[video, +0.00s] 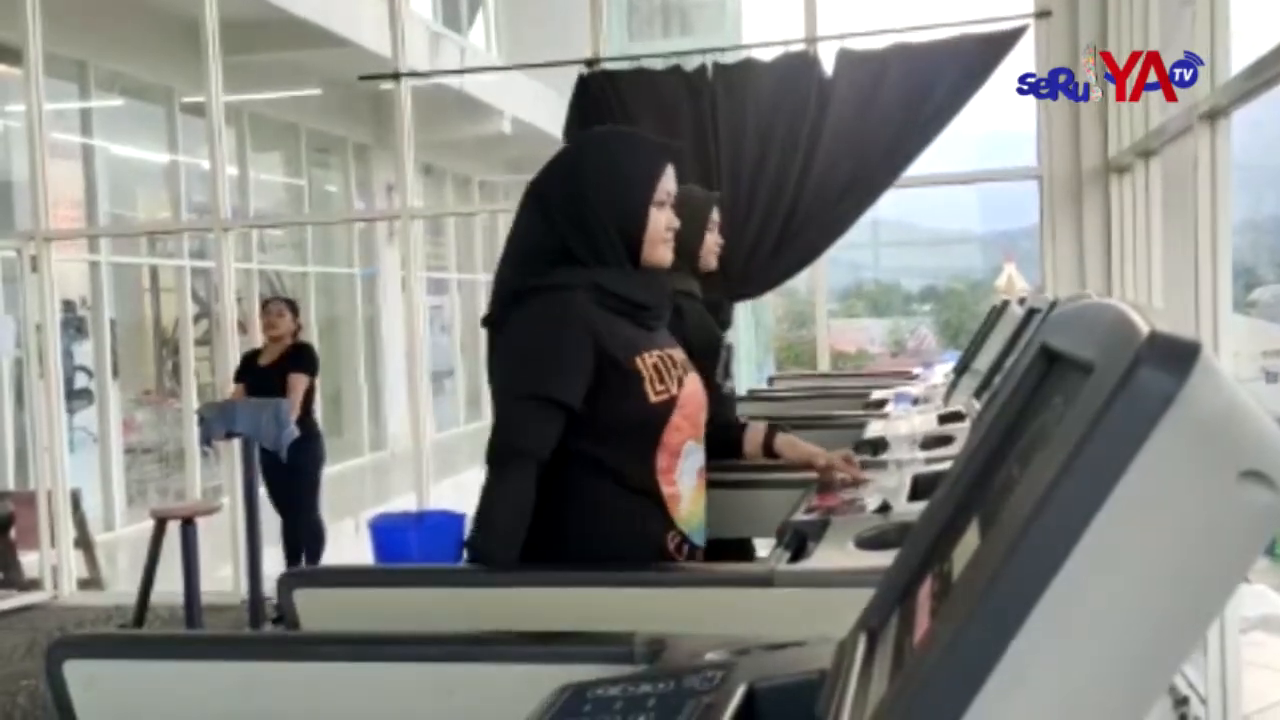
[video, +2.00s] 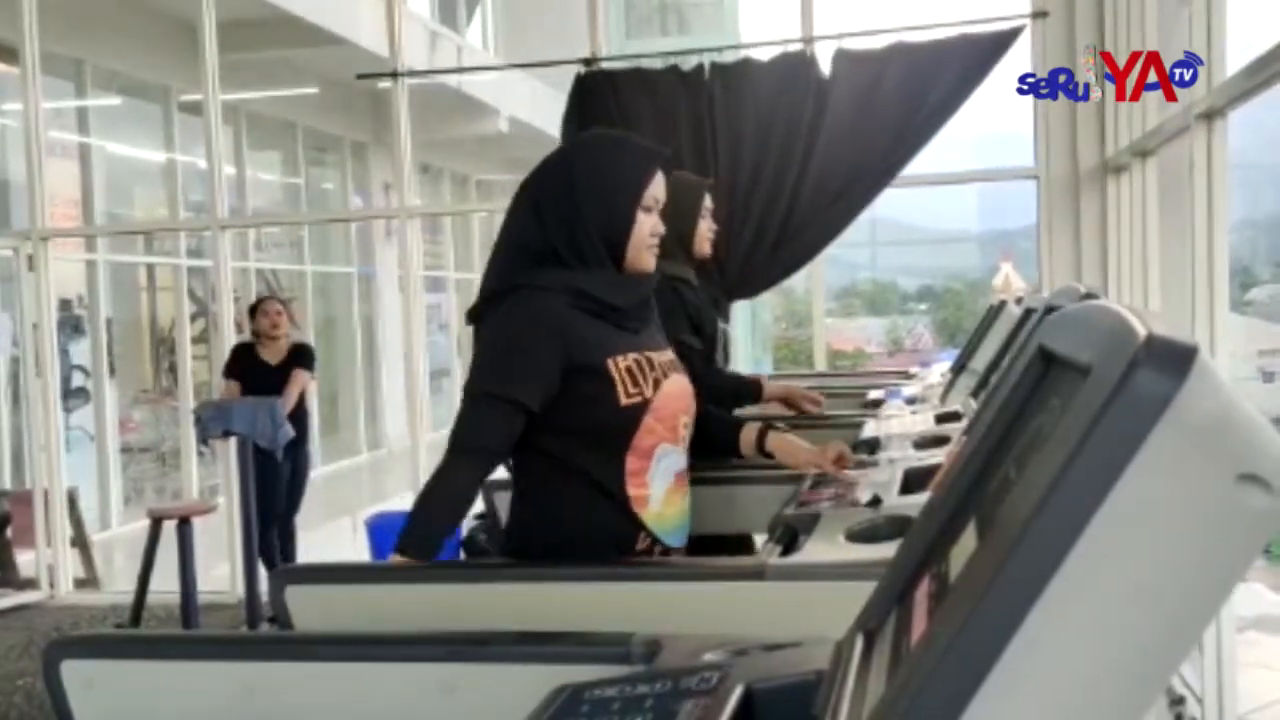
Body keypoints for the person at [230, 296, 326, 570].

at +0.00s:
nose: (272, 320)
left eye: (280, 315)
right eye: (267, 315)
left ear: (294, 322)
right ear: (261, 322)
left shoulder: (301, 352)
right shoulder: (251, 359)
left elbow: (295, 398)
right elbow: (238, 398)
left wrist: (282, 429)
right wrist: (224, 423)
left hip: (302, 436)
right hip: (267, 439)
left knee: (305, 509)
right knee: (288, 512)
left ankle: (312, 571)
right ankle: (292, 574)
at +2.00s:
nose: (274, 319)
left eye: (279, 313)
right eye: (266, 314)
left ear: (288, 319)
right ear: (254, 323)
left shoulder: (301, 351)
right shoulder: (242, 352)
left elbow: (294, 388)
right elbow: (231, 394)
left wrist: (275, 420)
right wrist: (237, 424)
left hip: (292, 437)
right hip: (254, 437)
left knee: (286, 511)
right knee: (263, 511)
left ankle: (288, 577)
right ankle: (275, 576)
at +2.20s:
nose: (274, 318)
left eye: (279, 313)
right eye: (265, 314)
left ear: (288, 319)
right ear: (254, 323)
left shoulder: (300, 352)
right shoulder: (241, 352)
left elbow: (294, 389)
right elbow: (230, 394)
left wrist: (276, 420)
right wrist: (236, 423)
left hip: (293, 435)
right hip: (254, 436)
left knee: (289, 511)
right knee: (262, 512)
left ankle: (295, 574)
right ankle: (274, 577)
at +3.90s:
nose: (265, 317)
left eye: (271, 311)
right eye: (257, 313)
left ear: (282, 316)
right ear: (249, 320)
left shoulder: (297, 350)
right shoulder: (237, 351)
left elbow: (290, 392)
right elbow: (227, 393)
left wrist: (272, 419)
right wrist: (242, 417)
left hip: (293, 431)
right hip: (253, 433)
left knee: (293, 504)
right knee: (262, 506)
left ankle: (300, 563)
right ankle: (270, 566)